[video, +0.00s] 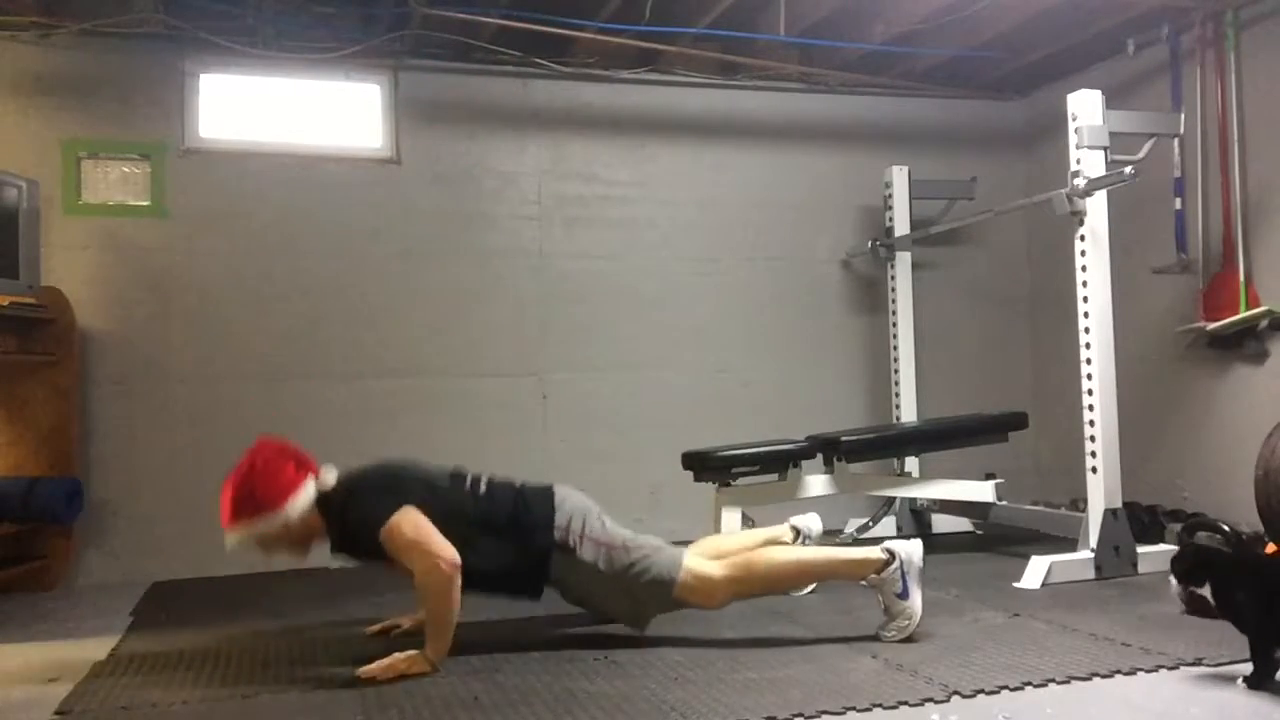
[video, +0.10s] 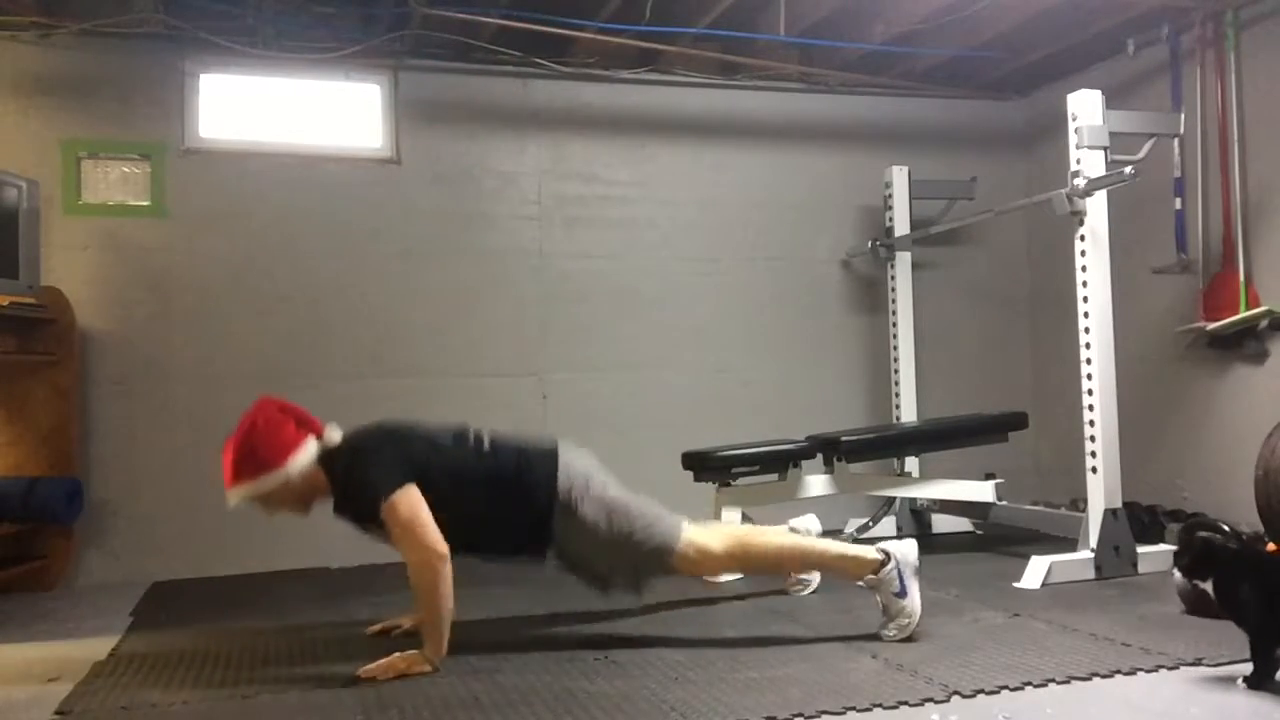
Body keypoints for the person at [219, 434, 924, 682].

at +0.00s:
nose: (261, 553)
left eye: (259, 539)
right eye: (251, 543)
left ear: (287, 511)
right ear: (289, 501)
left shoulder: (359, 505)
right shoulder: (346, 501)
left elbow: (441, 563)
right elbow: (432, 556)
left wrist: (432, 656)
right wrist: (420, 631)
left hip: (555, 536)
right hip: (547, 532)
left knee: (714, 582)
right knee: (688, 566)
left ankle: (881, 562)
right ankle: (791, 528)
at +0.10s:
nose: (271, 507)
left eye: (267, 494)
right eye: (259, 499)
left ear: (295, 458)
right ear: (291, 464)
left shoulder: (366, 458)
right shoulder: (347, 477)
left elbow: (430, 551)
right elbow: (419, 547)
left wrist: (431, 651)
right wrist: (424, 626)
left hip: (560, 492)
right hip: (548, 518)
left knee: (709, 553)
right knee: (680, 553)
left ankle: (880, 566)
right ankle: (785, 543)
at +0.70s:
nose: (370, 373)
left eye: (374, 358)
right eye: (367, 361)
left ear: (404, 348)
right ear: (408, 348)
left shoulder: (459, 382)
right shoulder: (438, 391)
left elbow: (436, 515)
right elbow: (423, 509)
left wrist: (410, 631)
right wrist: (409, 603)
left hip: (613, 468)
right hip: (582, 468)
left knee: (488, 482)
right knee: (458, 488)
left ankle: (590, 612)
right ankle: (556, 579)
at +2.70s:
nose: (351, 468)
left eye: (344, 455)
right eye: (339, 462)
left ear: (358, 423)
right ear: (361, 412)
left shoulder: (423, 412)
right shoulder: (408, 412)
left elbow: (436, 544)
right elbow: (420, 522)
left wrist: (425, 655)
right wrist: (420, 615)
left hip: (586, 409)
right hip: (567, 407)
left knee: (462, 502)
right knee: (452, 496)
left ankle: (599, 581)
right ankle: (580, 584)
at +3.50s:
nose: (253, 639)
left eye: (250, 628)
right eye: (245, 630)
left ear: (272, 604)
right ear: (281, 579)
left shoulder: (343, 584)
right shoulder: (328, 590)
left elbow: (436, 571)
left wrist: (415, 658)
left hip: (559, 582)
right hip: (550, 587)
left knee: (724, 589)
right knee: (669, 572)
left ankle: (889, 572)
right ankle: (748, 526)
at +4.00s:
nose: (291, 464)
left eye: (286, 451)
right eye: (280, 455)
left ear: (306, 429)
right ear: (312, 414)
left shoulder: (386, 421)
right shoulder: (371, 421)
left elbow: (415, 546)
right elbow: (408, 539)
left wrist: (416, 652)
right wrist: (410, 621)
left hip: (560, 360)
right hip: (537, 384)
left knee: (590, 507)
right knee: (561, 503)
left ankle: (762, 539)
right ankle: (694, 505)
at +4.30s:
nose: (340, 393)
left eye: (342, 379)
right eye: (335, 382)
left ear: (373, 368)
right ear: (383, 363)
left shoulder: (429, 393)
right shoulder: (416, 399)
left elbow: (413, 530)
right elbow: (415, 523)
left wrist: (401, 645)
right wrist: (405, 610)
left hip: (601, 450)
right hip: (573, 448)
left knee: (469, 481)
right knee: (456, 473)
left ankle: (579, 610)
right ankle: (549, 580)